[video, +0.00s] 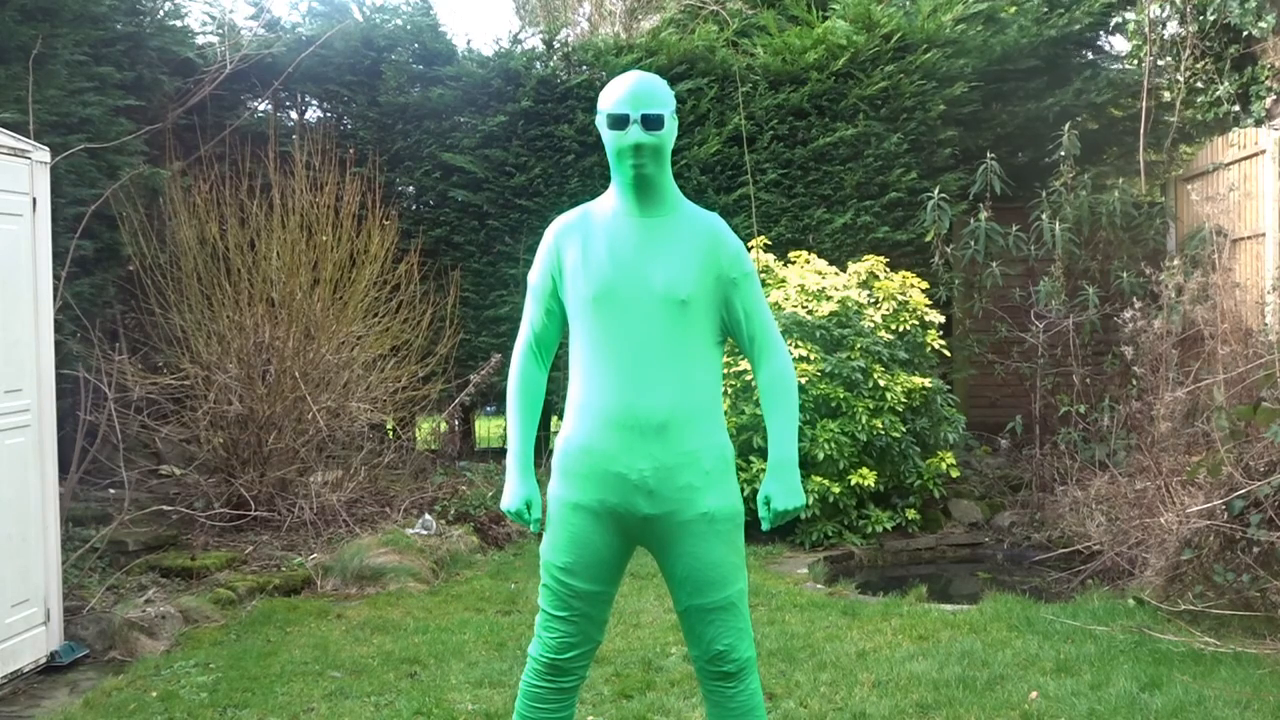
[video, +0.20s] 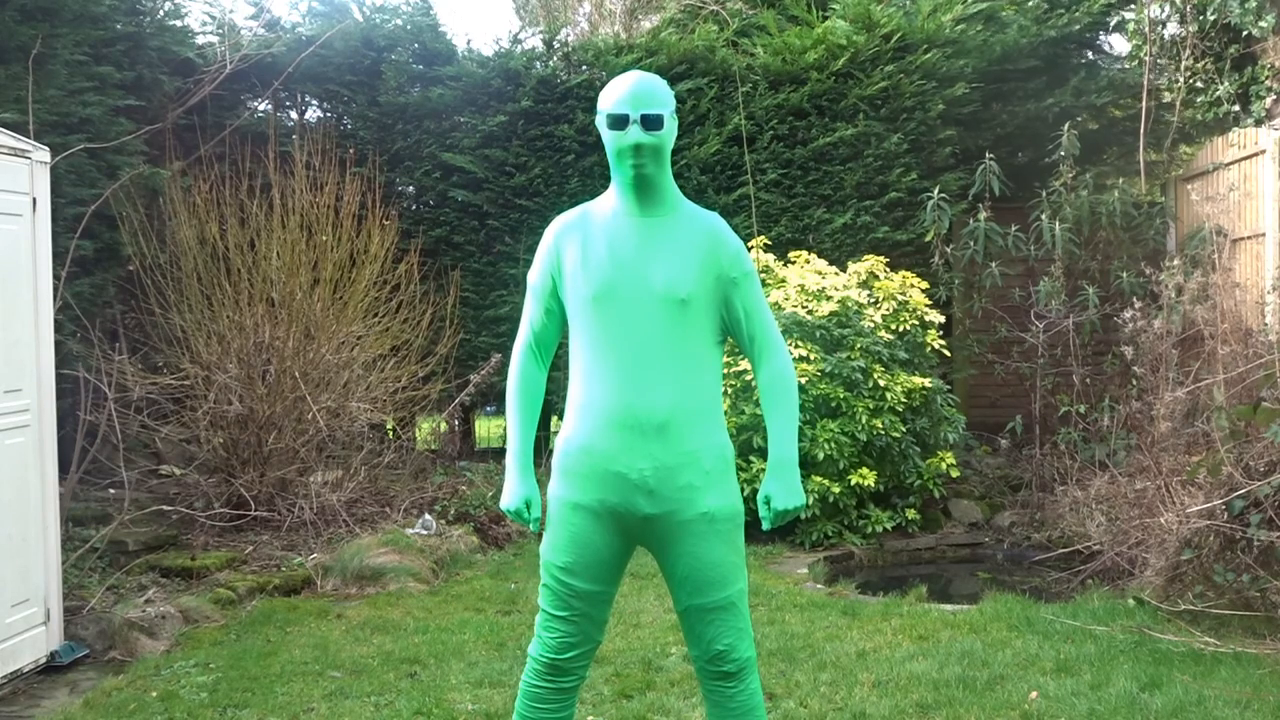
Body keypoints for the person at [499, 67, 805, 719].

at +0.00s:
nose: (637, 135)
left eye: (652, 121)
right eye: (621, 122)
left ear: (673, 130)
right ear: (601, 133)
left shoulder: (713, 238)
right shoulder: (567, 236)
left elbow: (769, 352)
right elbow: (531, 354)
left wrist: (784, 464)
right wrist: (518, 468)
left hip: (698, 485)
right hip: (587, 483)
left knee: (729, 668)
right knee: (554, 666)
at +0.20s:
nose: (636, 135)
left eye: (651, 121)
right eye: (620, 122)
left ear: (673, 129)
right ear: (601, 133)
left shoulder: (713, 237)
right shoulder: (566, 236)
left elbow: (769, 352)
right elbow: (531, 352)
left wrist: (783, 464)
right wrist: (518, 468)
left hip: (698, 486)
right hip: (587, 484)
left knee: (729, 667)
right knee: (554, 666)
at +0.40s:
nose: (636, 136)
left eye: (651, 121)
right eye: (620, 123)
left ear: (673, 129)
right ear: (601, 134)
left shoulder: (713, 237)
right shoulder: (566, 236)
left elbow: (769, 351)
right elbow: (531, 352)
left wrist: (784, 464)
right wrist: (517, 467)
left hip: (698, 486)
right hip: (587, 484)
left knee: (729, 668)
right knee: (554, 666)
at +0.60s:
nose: (636, 136)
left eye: (651, 122)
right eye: (621, 123)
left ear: (673, 130)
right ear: (601, 134)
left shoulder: (713, 237)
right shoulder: (566, 236)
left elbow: (769, 351)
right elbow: (531, 352)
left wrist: (784, 464)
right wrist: (517, 467)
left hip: (698, 486)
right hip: (587, 484)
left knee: (729, 667)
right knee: (554, 665)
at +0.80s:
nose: (637, 136)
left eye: (652, 122)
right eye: (621, 123)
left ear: (673, 130)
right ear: (601, 134)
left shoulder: (713, 237)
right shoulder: (566, 236)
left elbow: (768, 352)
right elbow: (531, 353)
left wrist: (782, 464)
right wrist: (518, 468)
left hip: (698, 485)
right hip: (587, 483)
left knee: (729, 665)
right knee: (554, 664)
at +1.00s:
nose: (638, 136)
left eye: (653, 122)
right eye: (622, 123)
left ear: (674, 131)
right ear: (602, 135)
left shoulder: (713, 239)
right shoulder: (567, 236)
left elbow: (768, 352)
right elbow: (532, 353)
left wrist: (782, 464)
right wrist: (519, 468)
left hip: (698, 486)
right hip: (587, 484)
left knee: (729, 666)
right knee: (554, 664)